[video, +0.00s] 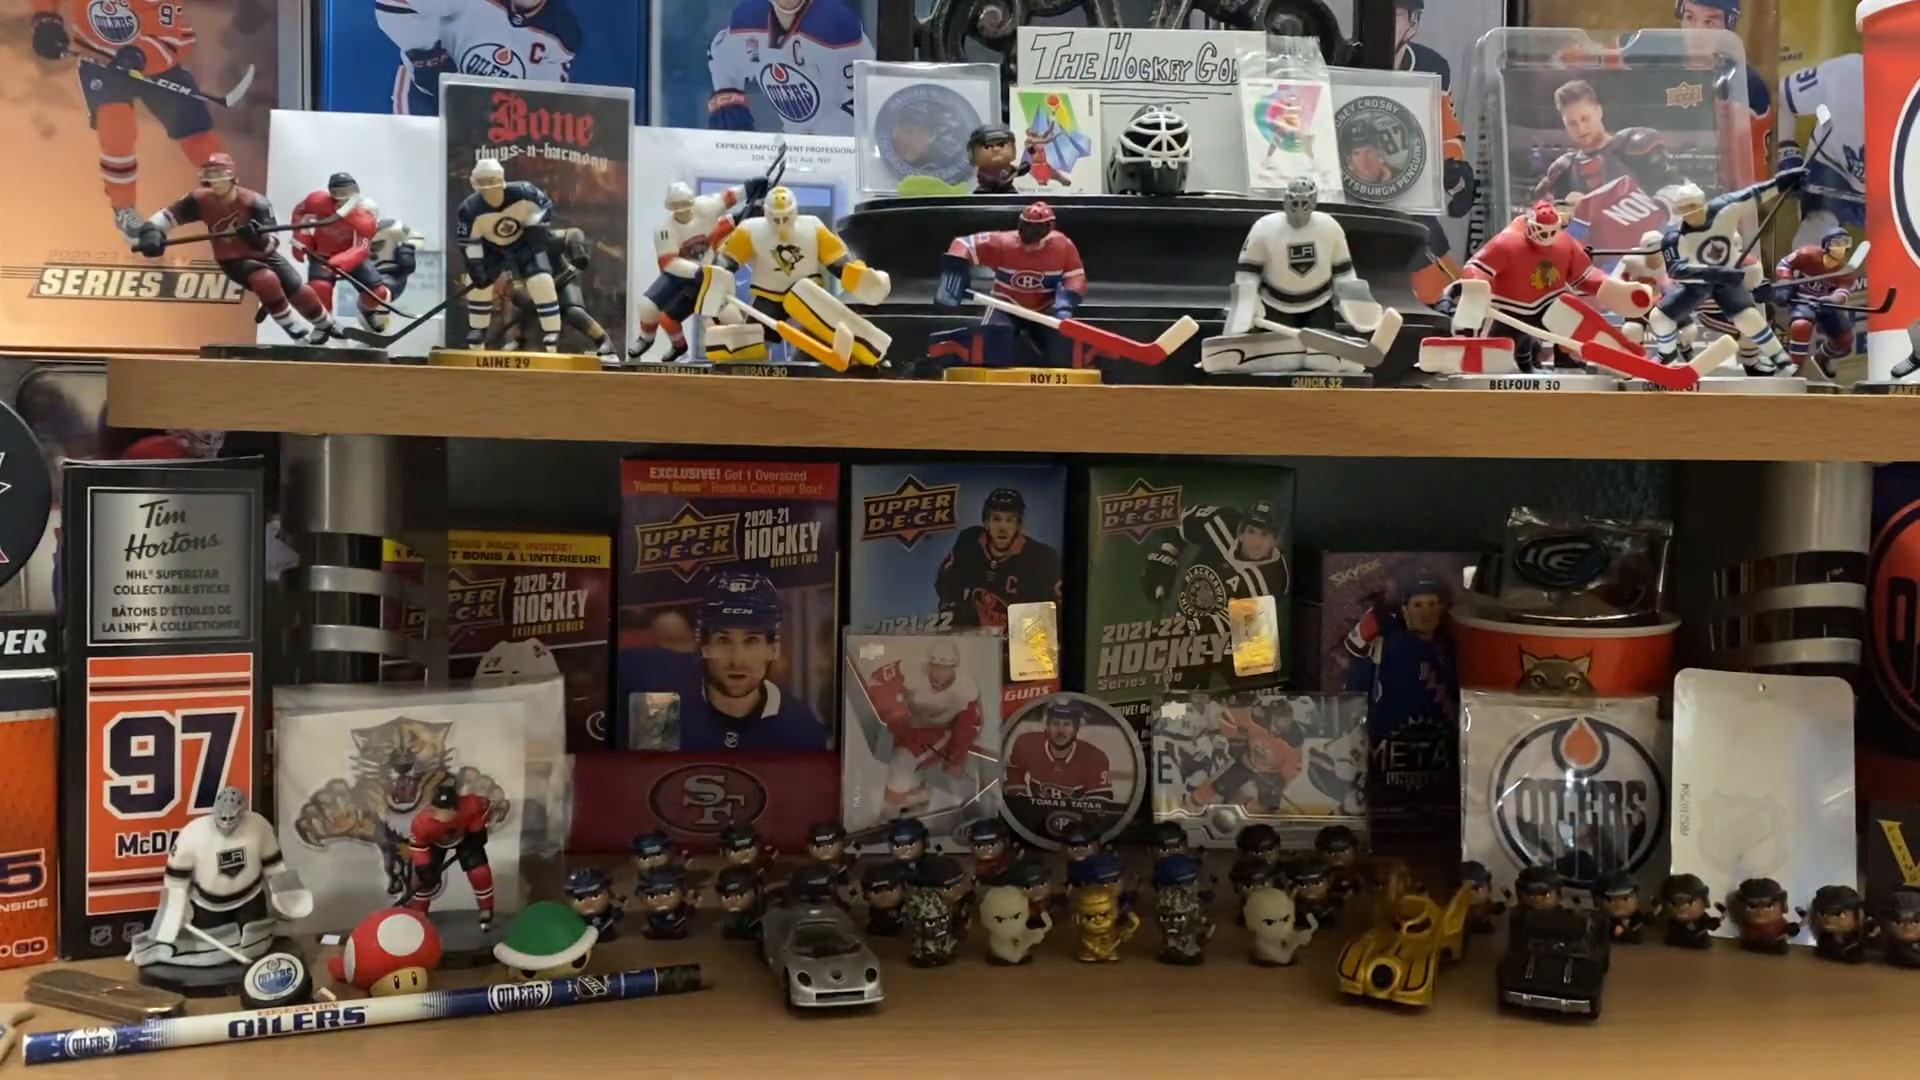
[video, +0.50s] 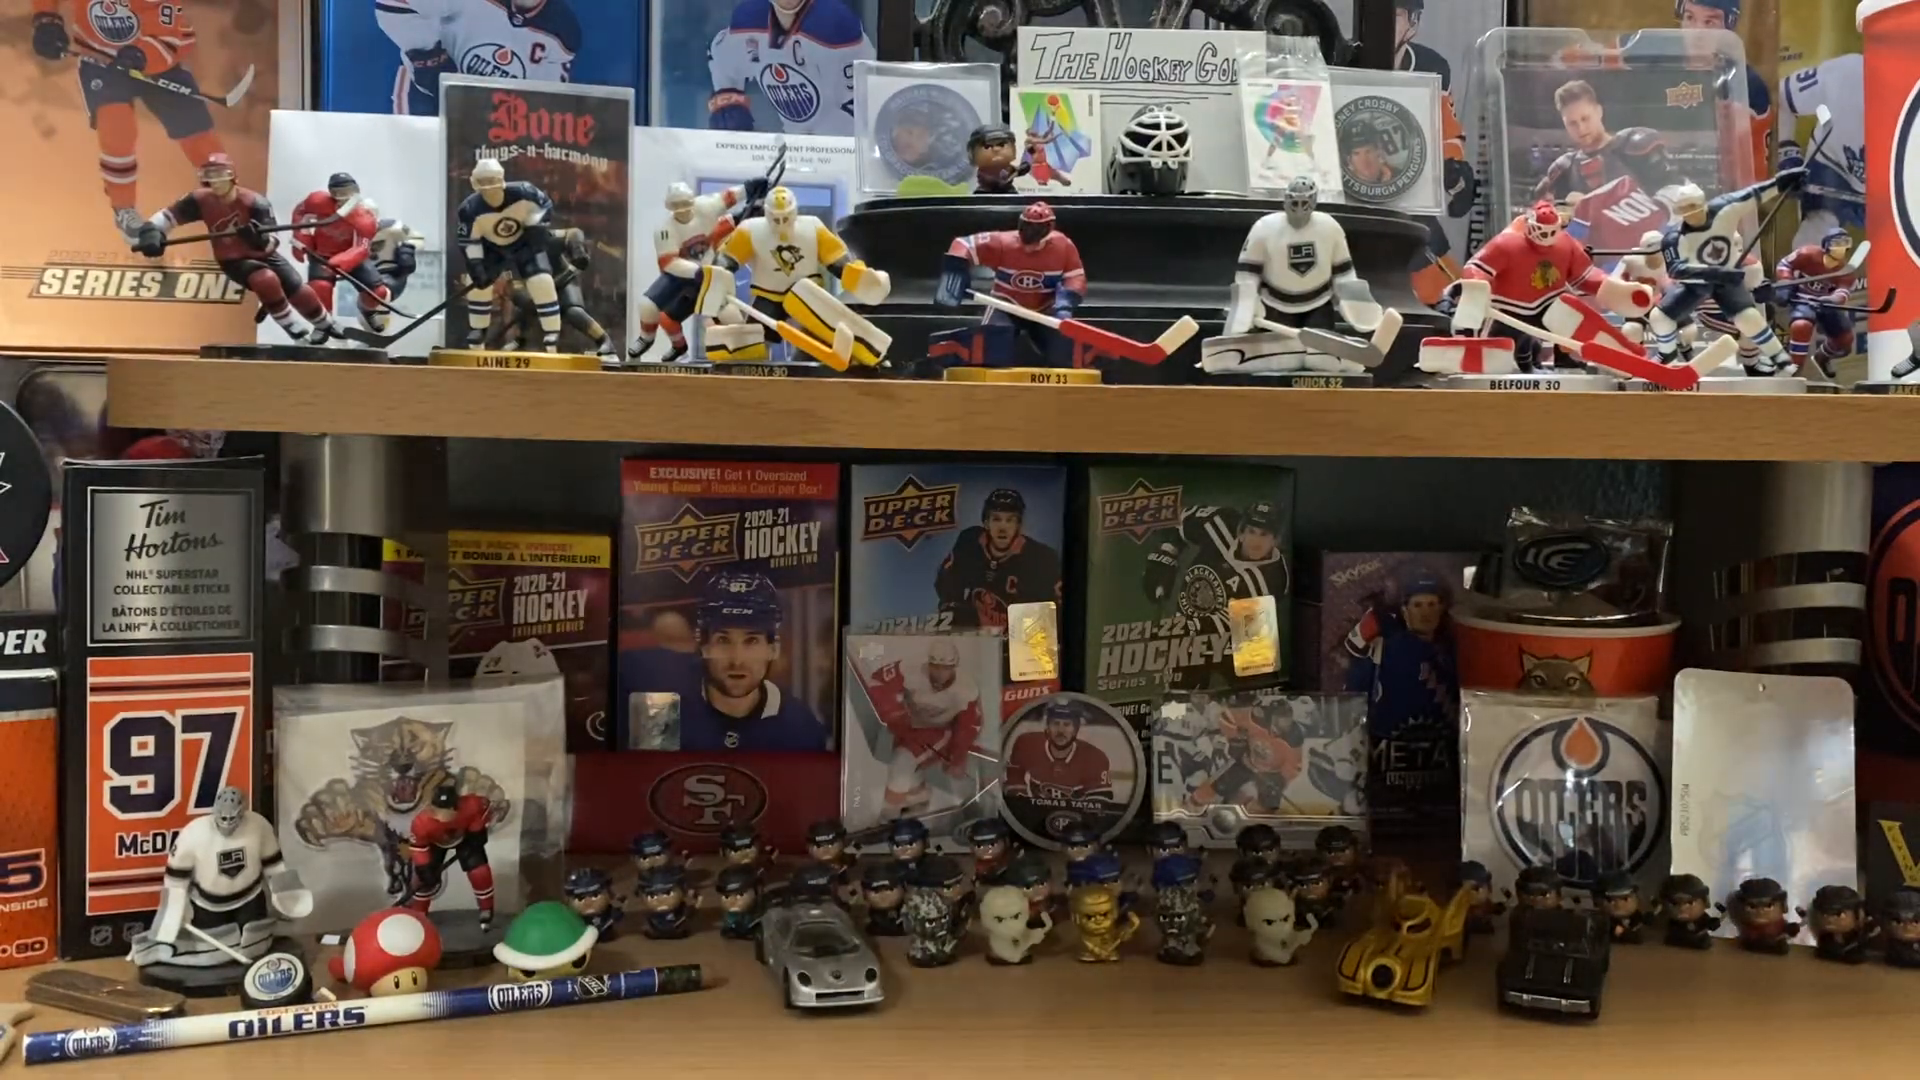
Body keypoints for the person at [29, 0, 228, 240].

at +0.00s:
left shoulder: (160, 7)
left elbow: (175, 38)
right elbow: (46, 2)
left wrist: (141, 53)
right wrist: (47, 19)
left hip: (155, 59)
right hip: (99, 61)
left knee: (197, 132)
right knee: (118, 128)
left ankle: (231, 206)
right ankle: (125, 211)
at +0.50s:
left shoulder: (161, 7)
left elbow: (172, 40)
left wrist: (141, 54)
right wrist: (46, 18)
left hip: (157, 60)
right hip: (100, 60)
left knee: (206, 149)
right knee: (118, 128)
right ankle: (125, 211)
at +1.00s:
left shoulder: (161, 7)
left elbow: (175, 39)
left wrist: (141, 54)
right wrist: (46, 18)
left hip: (157, 61)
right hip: (100, 61)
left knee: (207, 151)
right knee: (118, 127)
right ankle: (125, 211)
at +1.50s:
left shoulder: (161, 7)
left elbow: (179, 39)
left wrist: (142, 55)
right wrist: (46, 18)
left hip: (157, 61)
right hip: (99, 61)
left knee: (206, 148)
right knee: (118, 127)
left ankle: (231, 208)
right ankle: (125, 211)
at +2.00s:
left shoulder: (160, 7)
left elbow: (179, 39)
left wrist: (142, 54)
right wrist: (46, 18)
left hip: (157, 62)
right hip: (100, 61)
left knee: (206, 149)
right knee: (118, 128)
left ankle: (232, 210)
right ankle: (125, 211)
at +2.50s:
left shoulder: (160, 7)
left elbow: (180, 39)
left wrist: (143, 54)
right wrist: (46, 18)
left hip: (157, 61)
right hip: (99, 60)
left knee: (205, 148)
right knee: (118, 127)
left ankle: (232, 209)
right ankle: (125, 211)